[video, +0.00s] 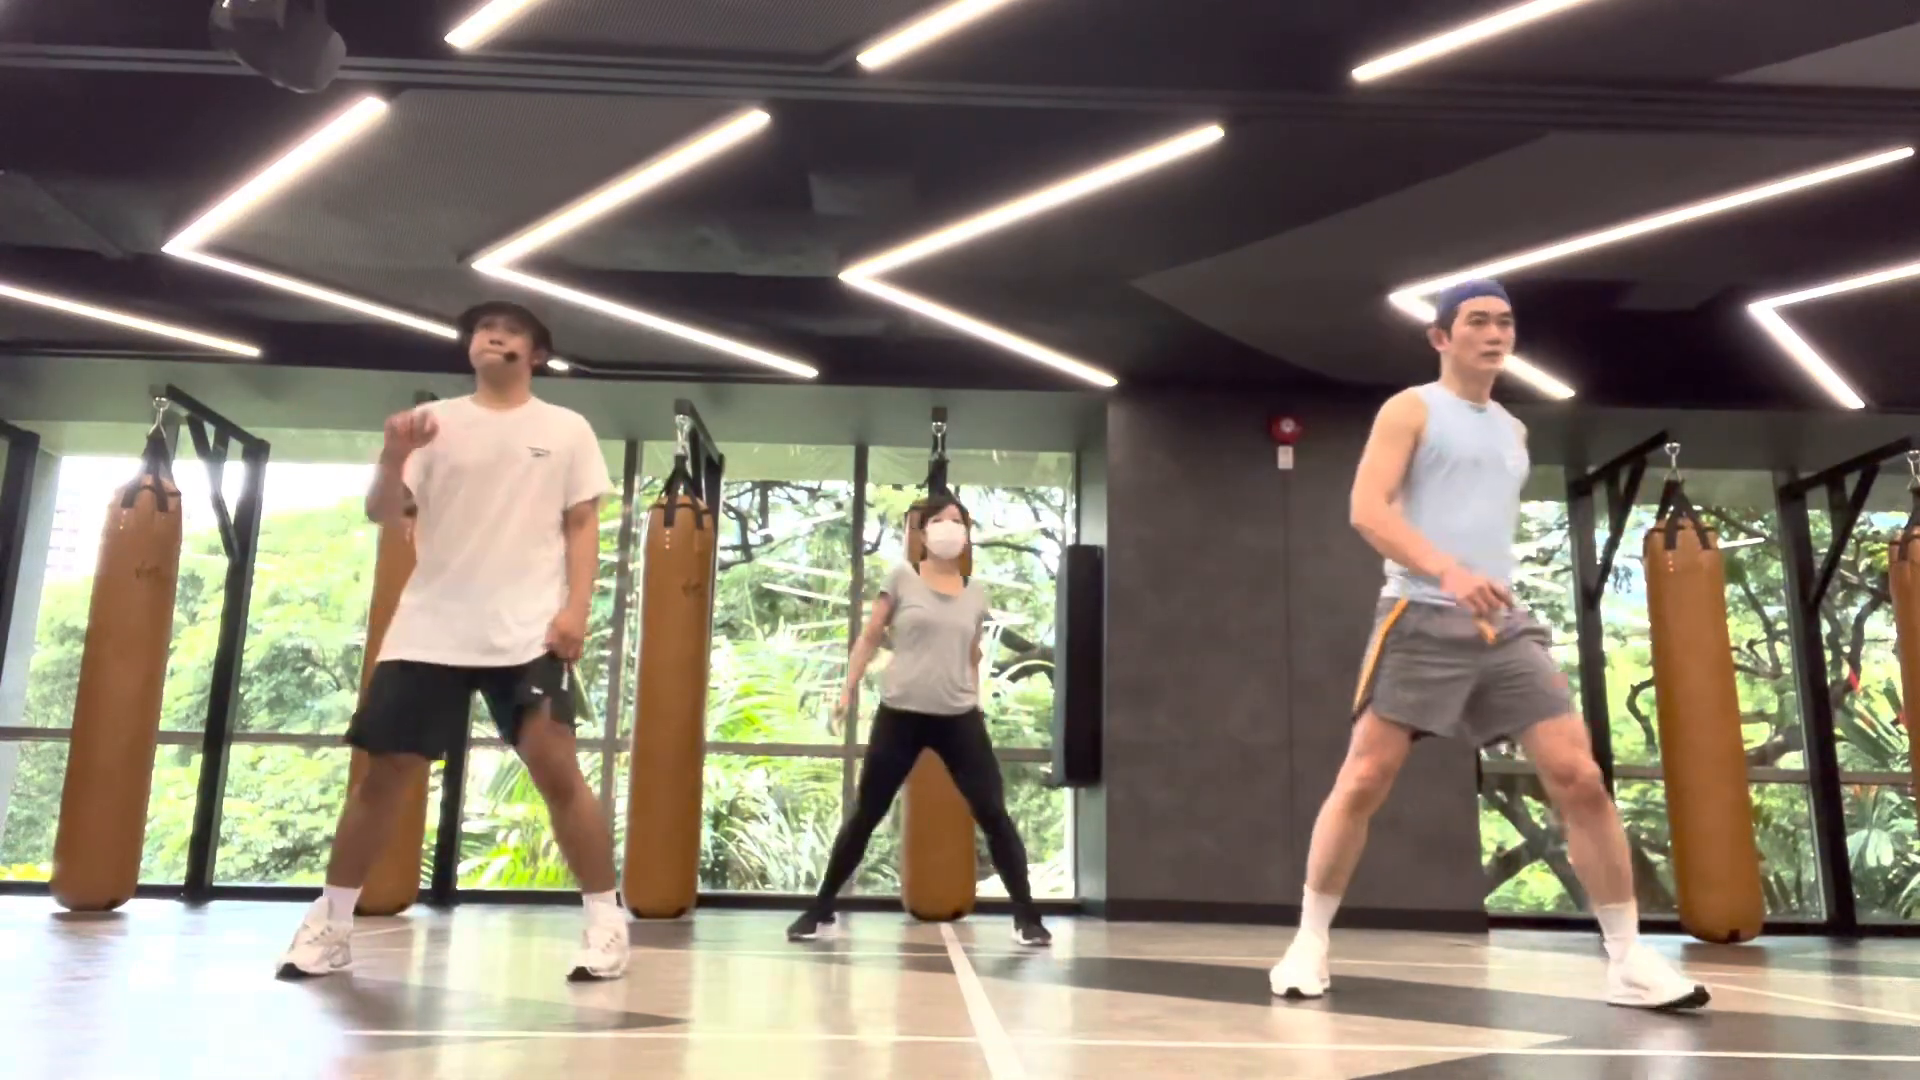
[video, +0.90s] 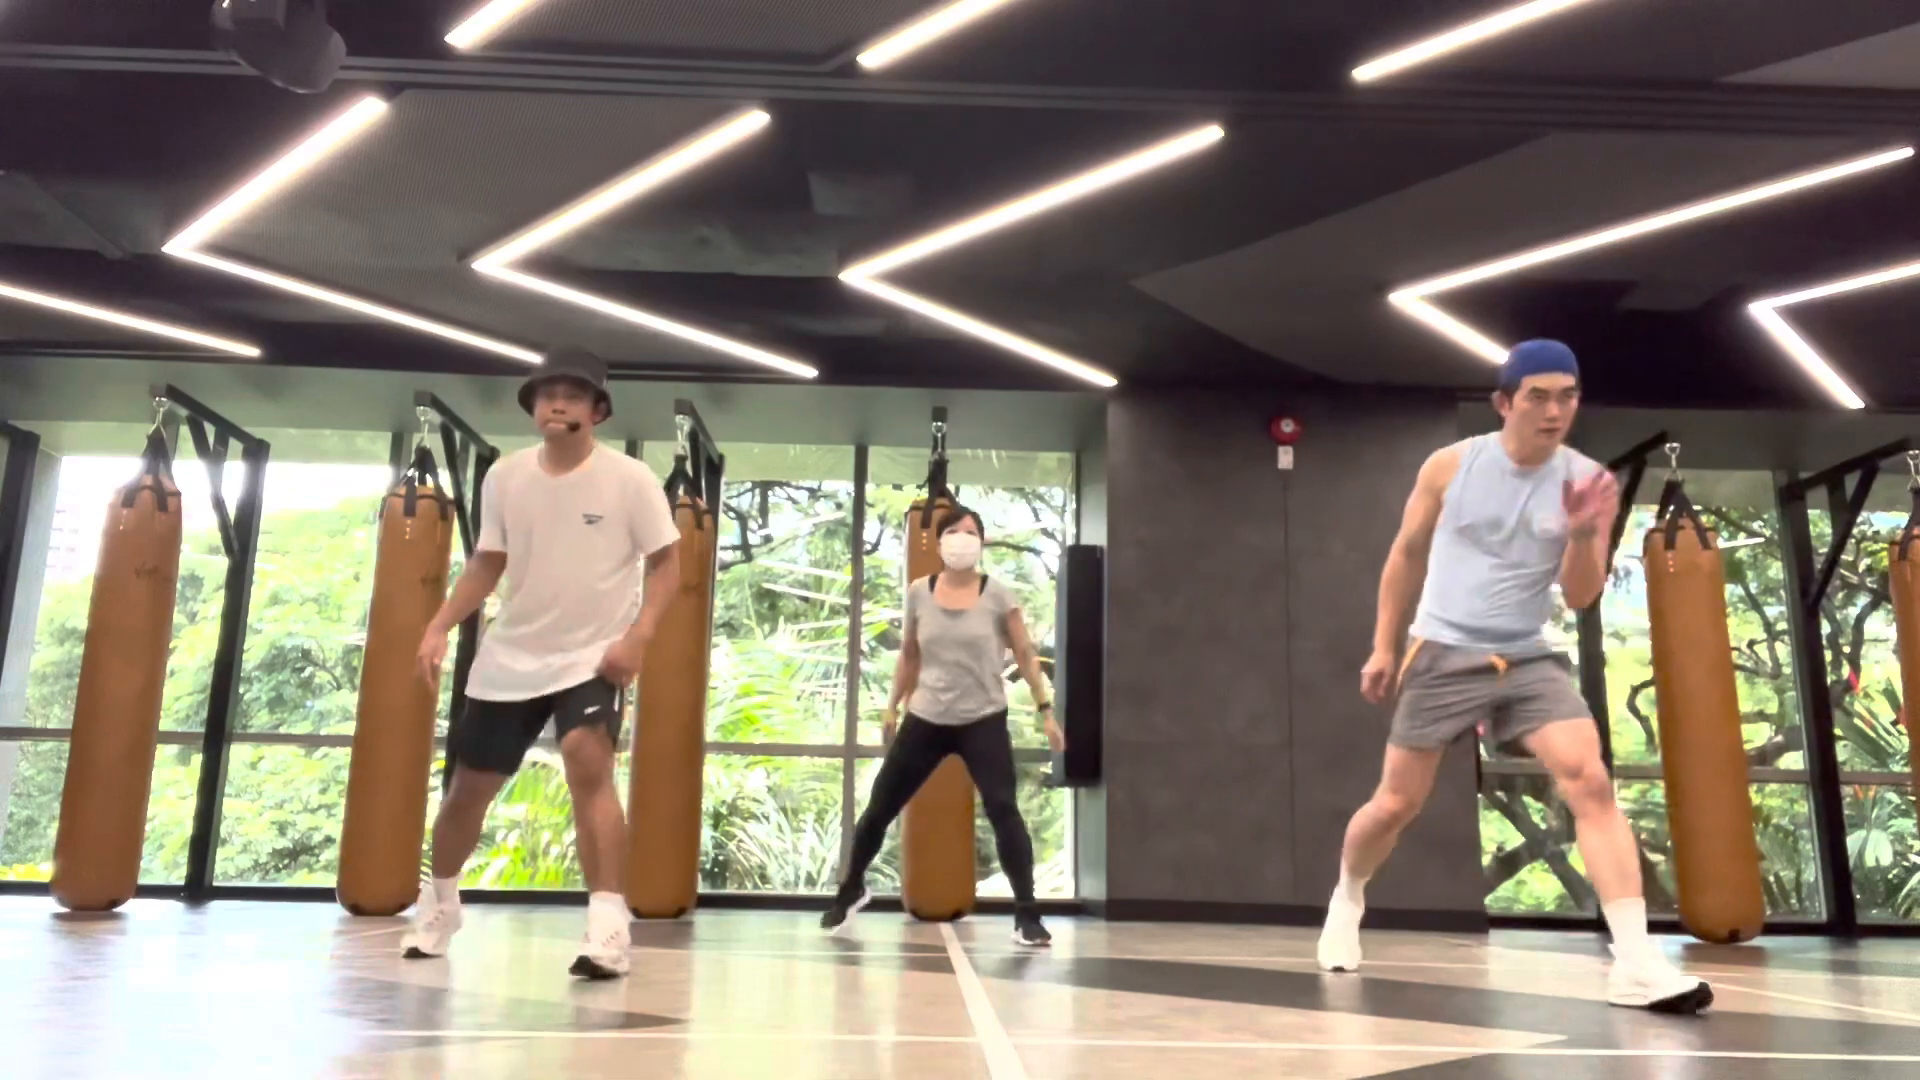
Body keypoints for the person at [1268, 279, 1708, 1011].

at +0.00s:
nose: (1494, 333)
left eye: (1503, 322)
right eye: (1478, 321)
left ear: (1513, 339)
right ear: (1442, 337)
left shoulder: (1513, 434)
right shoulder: (1410, 409)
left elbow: (1487, 530)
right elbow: (1368, 510)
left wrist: (1503, 607)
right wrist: (1451, 571)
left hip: (1505, 627)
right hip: (1421, 622)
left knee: (1580, 777)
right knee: (1363, 778)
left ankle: (1627, 960)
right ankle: (1309, 942)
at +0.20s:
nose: (1549, 330)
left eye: (1557, 318)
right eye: (1532, 319)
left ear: (1566, 329)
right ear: (1497, 332)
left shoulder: (1572, 412)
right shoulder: (1466, 408)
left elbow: (1565, 514)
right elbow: (1432, 517)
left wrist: (1587, 599)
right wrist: (1449, 618)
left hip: (1589, 612)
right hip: (1505, 616)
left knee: (1638, 772)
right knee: (1460, 776)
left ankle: (1635, 961)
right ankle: (1392, 925)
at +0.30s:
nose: (1559, 328)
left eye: (1568, 315)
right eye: (1540, 316)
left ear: (1578, 327)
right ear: (1503, 330)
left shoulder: (1591, 407)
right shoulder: (1467, 407)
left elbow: (1593, 485)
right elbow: (1434, 516)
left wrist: (1628, 534)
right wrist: (1436, 618)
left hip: (1610, 598)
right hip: (1528, 598)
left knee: (1640, 769)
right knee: (1542, 768)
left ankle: (1637, 958)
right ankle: (1488, 914)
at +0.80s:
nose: (1573, 389)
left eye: (1586, 376)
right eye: (1558, 375)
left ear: (1599, 383)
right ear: (1525, 380)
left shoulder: (1613, 463)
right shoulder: (1468, 447)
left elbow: (1594, 561)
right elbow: (1432, 539)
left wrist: (1602, 479)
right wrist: (1419, 632)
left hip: (1559, 645)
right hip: (1471, 640)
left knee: (1608, 777)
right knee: (1445, 785)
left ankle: (1636, 957)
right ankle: (1391, 889)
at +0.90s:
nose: (1553, 411)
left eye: (1566, 398)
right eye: (1538, 397)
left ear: (1578, 405)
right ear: (1504, 403)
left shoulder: (1586, 482)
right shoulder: (1450, 468)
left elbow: (1580, 595)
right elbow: (1406, 553)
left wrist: (1586, 531)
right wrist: (1385, 646)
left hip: (1529, 658)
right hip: (1442, 657)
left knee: (1591, 781)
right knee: (1395, 804)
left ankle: (1636, 956)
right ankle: (1345, 906)